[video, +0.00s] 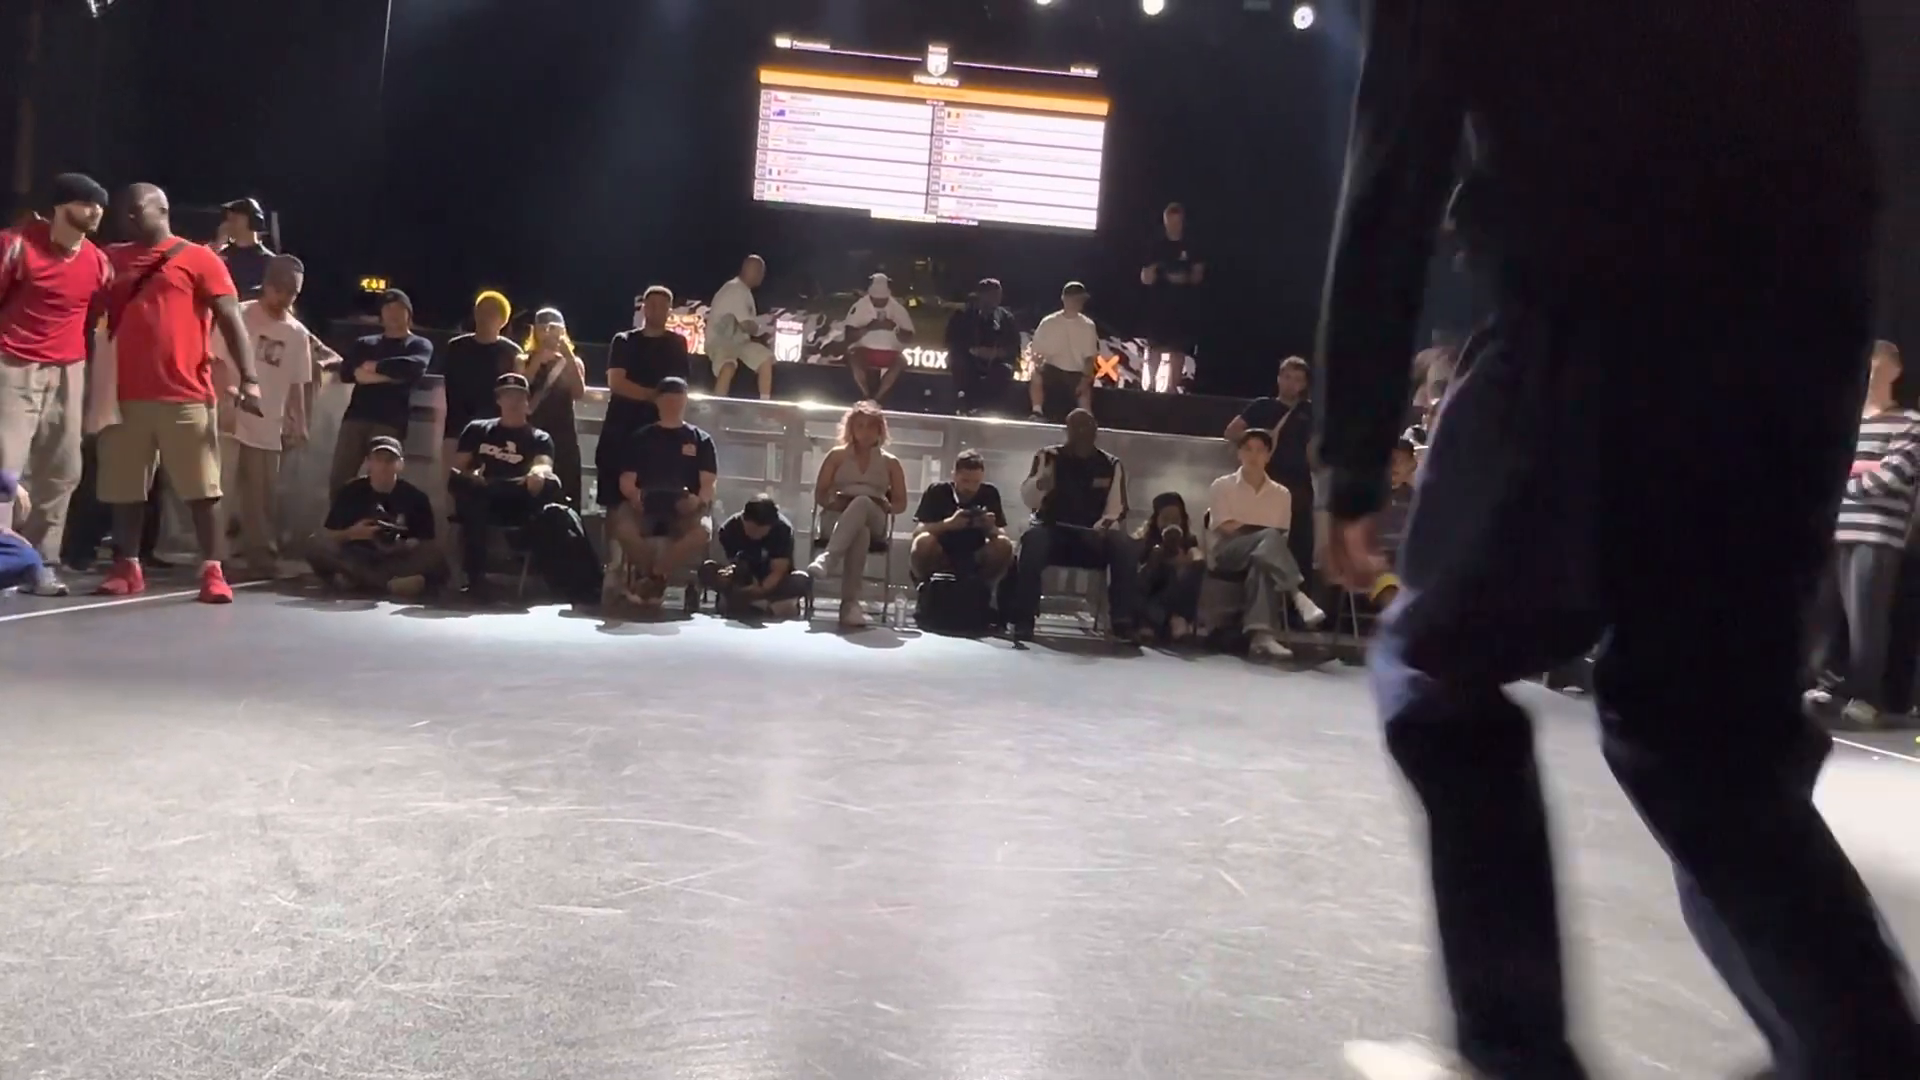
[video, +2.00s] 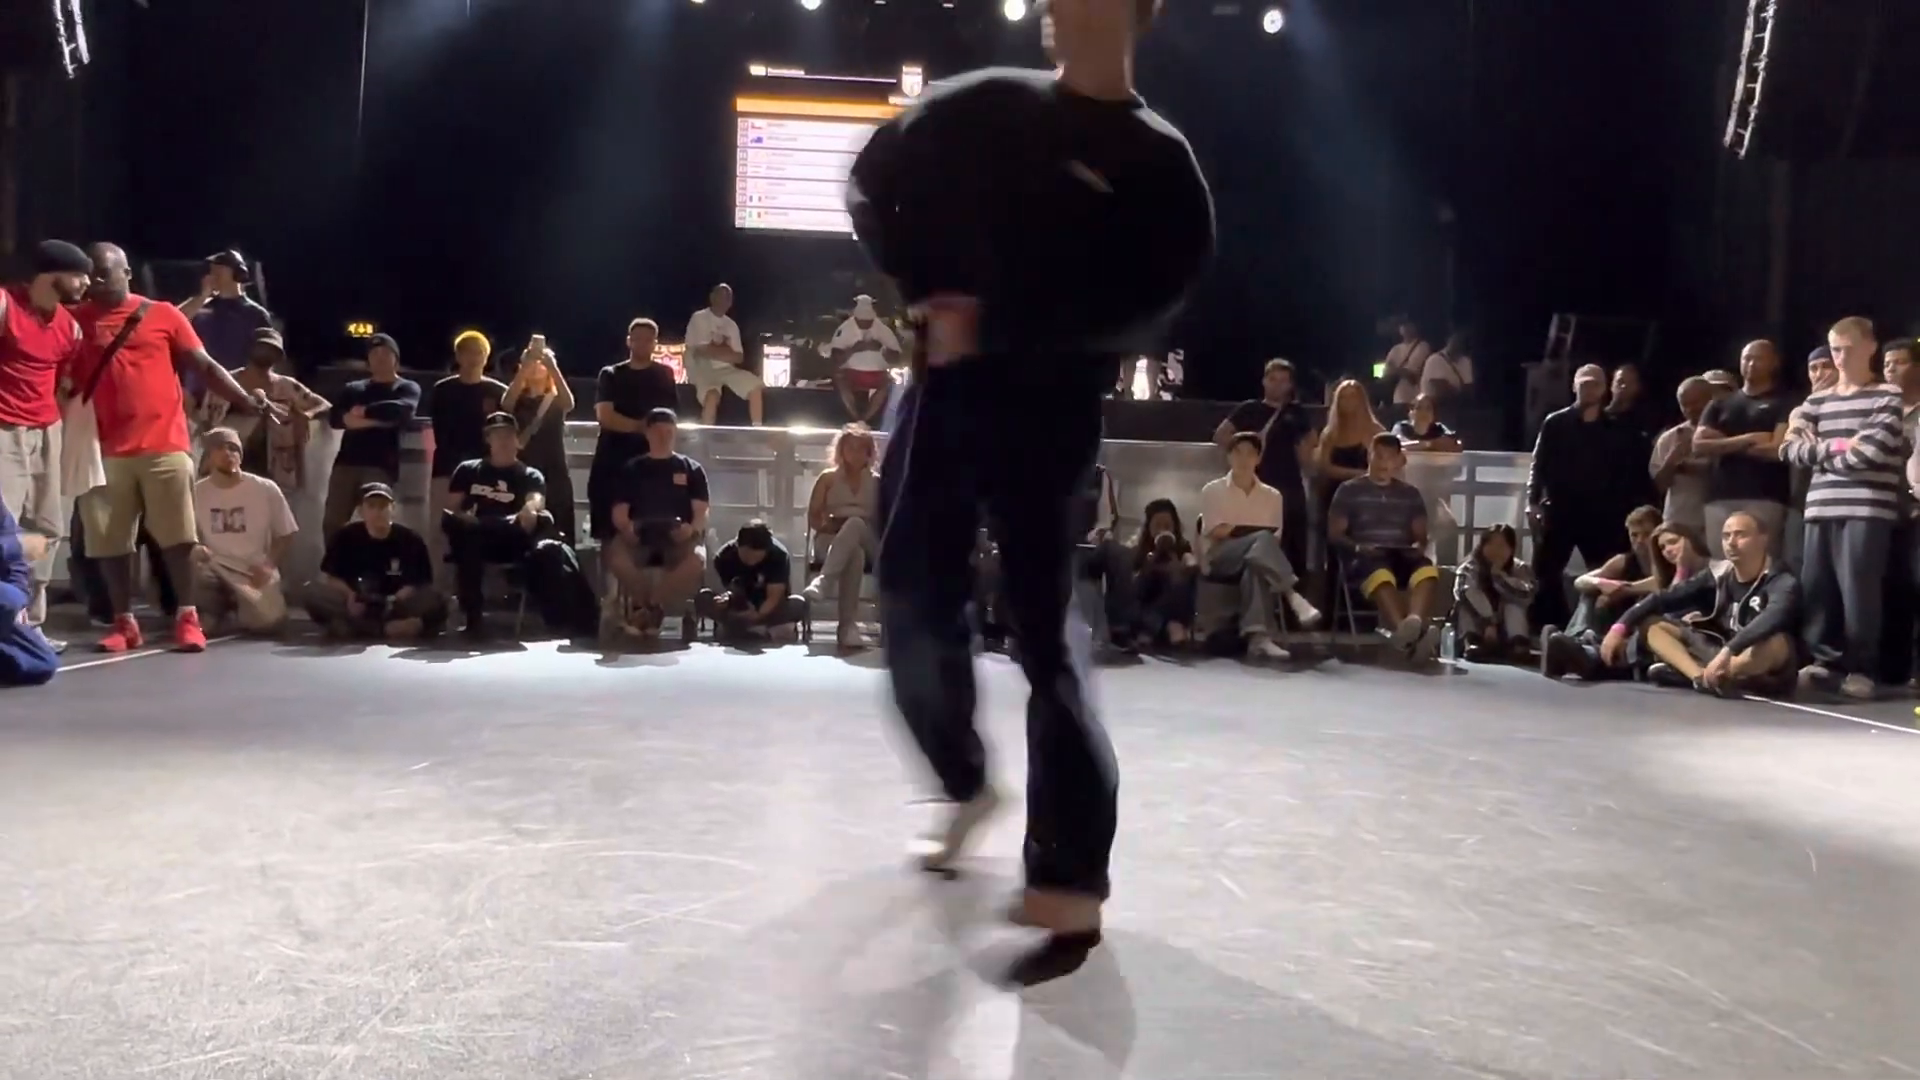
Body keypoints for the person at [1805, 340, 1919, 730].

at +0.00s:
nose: (1871, 370)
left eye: (1880, 363)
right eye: (1869, 362)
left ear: (1896, 372)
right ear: (1861, 368)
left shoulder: (1908, 424)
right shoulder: (1846, 418)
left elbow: (1894, 475)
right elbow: (1827, 466)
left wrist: (1845, 482)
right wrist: (1865, 473)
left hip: (1877, 530)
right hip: (1835, 528)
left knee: (1865, 616)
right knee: (1828, 611)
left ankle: (1866, 697)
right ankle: (1826, 685)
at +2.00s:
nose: (1838, 357)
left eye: (1846, 349)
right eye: (1833, 350)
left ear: (1870, 348)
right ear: (1830, 352)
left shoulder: (1888, 398)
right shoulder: (1817, 400)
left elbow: (1869, 453)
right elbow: (1791, 448)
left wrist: (1818, 451)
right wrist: (1840, 447)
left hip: (1865, 509)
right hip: (1819, 510)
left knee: (1858, 588)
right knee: (1816, 585)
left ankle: (1862, 670)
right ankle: (1825, 662)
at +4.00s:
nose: (1874, 353)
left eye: (1883, 346)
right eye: (1871, 345)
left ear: (1909, 349)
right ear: (1866, 349)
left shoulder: (1914, 396)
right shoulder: (1852, 398)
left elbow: (1892, 450)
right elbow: (1817, 447)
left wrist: (1844, 449)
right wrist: (1865, 444)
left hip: (1892, 509)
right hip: (1845, 507)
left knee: (1886, 593)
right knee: (1845, 588)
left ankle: (1894, 674)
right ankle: (1854, 663)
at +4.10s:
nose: (1874, 353)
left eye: (1884, 345)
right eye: (1872, 345)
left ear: (1910, 348)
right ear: (1868, 348)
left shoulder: (1915, 396)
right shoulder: (1851, 400)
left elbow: (1892, 451)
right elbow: (1818, 447)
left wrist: (1844, 448)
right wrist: (1865, 445)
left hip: (1893, 511)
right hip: (1846, 509)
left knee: (1887, 594)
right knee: (1845, 589)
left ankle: (1896, 673)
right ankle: (1854, 662)